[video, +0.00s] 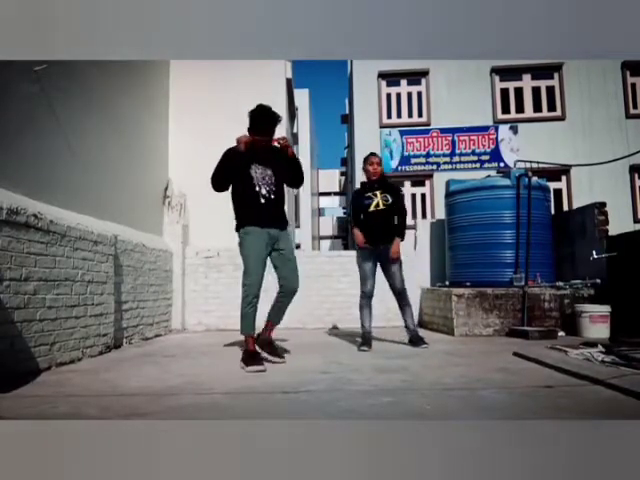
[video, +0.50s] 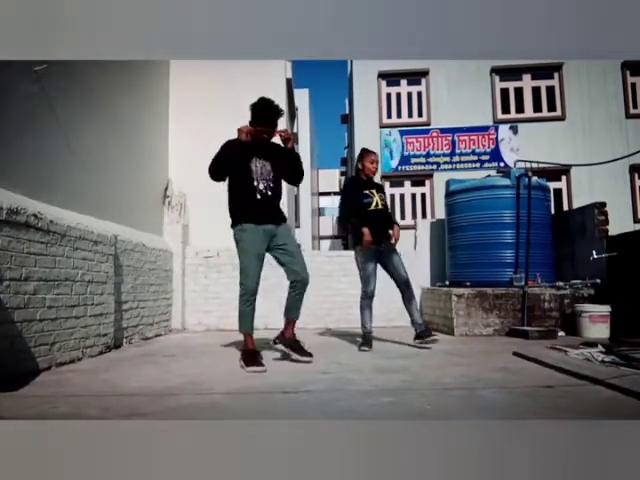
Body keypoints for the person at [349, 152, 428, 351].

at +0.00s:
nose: (374, 168)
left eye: (377, 164)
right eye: (371, 164)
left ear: (382, 167)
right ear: (364, 168)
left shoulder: (392, 189)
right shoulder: (358, 194)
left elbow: (402, 216)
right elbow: (353, 217)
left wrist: (397, 241)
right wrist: (355, 230)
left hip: (389, 245)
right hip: (366, 246)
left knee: (399, 290)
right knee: (366, 292)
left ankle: (413, 333)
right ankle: (366, 336)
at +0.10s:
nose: (373, 168)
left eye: (375, 164)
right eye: (369, 164)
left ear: (379, 166)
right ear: (362, 167)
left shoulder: (386, 189)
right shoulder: (353, 190)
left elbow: (397, 214)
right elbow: (347, 216)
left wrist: (397, 237)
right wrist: (354, 229)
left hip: (387, 244)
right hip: (365, 245)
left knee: (403, 288)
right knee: (367, 291)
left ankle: (413, 330)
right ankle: (366, 336)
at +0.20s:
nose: (372, 168)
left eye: (375, 164)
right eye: (369, 164)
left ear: (377, 167)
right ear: (360, 166)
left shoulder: (381, 189)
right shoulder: (351, 188)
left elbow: (390, 216)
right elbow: (341, 215)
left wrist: (395, 234)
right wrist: (355, 229)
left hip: (386, 244)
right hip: (365, 245)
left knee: (406, 285)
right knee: (368, 291)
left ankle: (412, 327)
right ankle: (367, 336)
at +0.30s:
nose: (371, 167)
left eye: (373, 163)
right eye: (367, 163)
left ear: (375, 165)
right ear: (358, 165)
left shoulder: (377, 188)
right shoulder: (349, 186)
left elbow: (383, 214)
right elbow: (338, 215)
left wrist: (393, 228)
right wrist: (355, 229)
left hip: (385, 243)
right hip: (365, 245)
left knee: (403, 285)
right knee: (368, 291)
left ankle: (419, 330)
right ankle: (367, 336)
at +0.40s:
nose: (371, 166)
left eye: (373, 163)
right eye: (368, 162)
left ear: (375, 165)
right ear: (358, 164)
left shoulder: (377, 188)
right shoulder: (350, 186)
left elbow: (381, 214)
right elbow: (340, 215)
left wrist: (392, 228)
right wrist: (357, 230)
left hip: (383, 242)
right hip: (365, 245)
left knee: (400, 286)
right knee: (368, 291)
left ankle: (423, 328)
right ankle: (367, 336)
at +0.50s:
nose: (374, 166)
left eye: (376, 163)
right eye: (371, 162)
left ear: (377, 165)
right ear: (360, 164)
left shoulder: (378, 187)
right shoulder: (351, 185)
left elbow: (384, 212)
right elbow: (346, 215)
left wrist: (395, 225)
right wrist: (363, 229)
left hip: (384, 241)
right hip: (365, 243)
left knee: (404, 283)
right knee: (368, 291)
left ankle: (420, 328)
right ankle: (367, 335)